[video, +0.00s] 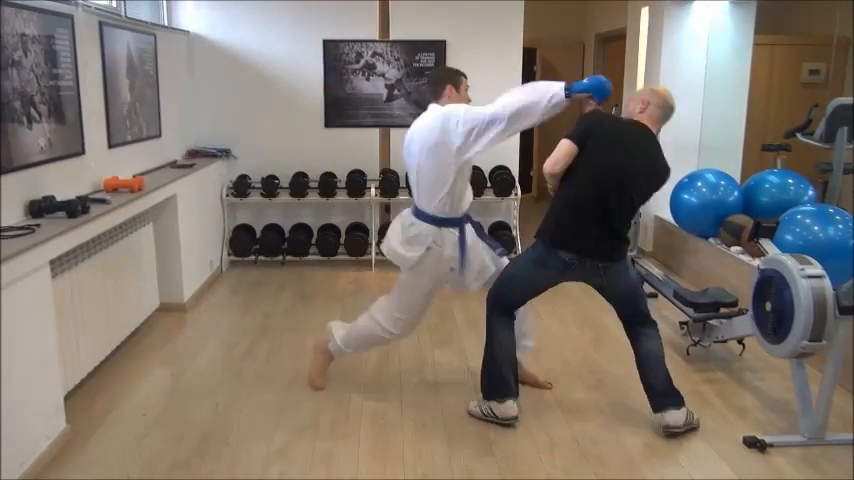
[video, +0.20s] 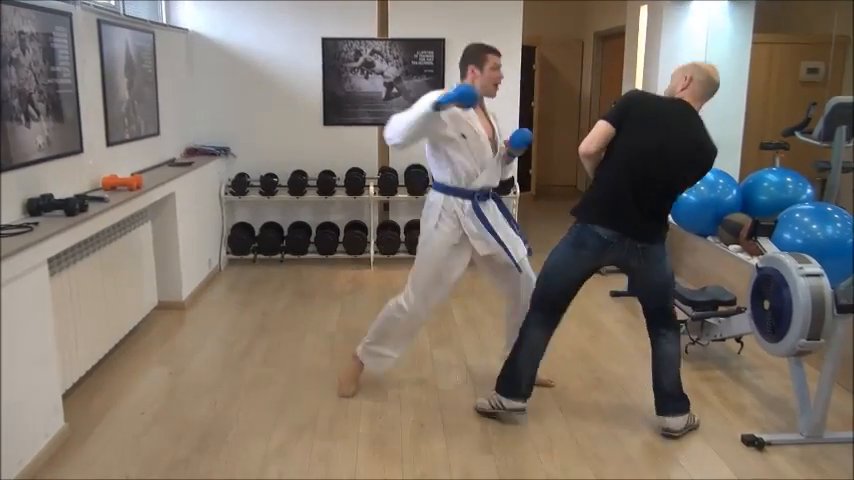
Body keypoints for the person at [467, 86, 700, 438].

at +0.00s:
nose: (625, 107)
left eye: (630, 102)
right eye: (630, 103)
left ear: (643, 105)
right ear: (662, 118)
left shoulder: (595, 121)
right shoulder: (660, 166)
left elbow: (552, 167)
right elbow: (625, 199)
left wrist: (556, 186)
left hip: (557, 248)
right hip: (609, 259)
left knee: (500, 303)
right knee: (641, 325)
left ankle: (501, 401)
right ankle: (671, 410)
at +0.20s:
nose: (670, 82)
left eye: (674, 77)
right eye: (675, 77)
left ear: (684, 81)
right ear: (706, 96)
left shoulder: (636, 101)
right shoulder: (706, 149)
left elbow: (588, 149)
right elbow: (673, 187)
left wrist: (604, 182)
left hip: (595, 228)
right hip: (648, 242)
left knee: (545, 308)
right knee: (663, 325)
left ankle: (510, 396)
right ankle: (674, 415)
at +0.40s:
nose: (658, 45)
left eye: (663, 36)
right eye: (661, 36)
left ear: (682, 41)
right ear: (699, 46)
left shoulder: (643, 81)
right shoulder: (725, 100)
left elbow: (601, 148)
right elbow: (694, 154)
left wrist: (605, 176)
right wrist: (636, 169)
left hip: (629, 209)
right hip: (680, 220)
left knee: (574, 284)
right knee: (686, 310)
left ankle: (575, 386)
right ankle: (704, 413)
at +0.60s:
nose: (644, 73)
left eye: (648, 66)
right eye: (645, 65)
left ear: (670, 69)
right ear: (689, 70)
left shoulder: (642, 116)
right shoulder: (720, 119)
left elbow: (626, 191)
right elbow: (684, 161)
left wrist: (604, 169)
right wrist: (648, 110)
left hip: (642, 243)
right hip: (694, 249)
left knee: (591, 312)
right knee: (704, 335)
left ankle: (608, 417)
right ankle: (721, 439)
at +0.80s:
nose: (610, 52)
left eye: (614, 43)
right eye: (612, 43)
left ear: (635, 43)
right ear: (658, 43)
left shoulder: (614, 87)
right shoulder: (695, 90)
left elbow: (580, 158)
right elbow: (663, 137)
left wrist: (566, 136)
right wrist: (617, 90)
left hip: (615, 219)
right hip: (666, 227)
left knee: (557, 300)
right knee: (672, 325)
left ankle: (548, 406)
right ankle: (685, 432)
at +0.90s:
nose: (588, 76)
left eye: (591, 68)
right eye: (589, 68)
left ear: (612, 69)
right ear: (637, 68)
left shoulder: (599, 118)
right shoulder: (678, 114)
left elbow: (558, 192)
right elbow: (649, 165)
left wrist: (547, 154)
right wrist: (602, 113)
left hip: (597, 244)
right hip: (650, 251)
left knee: (541, 326)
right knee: (649, 346)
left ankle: (521, 434)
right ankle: (650, 447)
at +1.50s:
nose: (565, 79)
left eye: (570, 71)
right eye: (567, 72)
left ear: (591, 74)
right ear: (600, 74)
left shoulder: (590, 115)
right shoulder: (626, 112)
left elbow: (570, 181)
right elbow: (607, 165)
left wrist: (534, 169)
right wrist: (571, 133)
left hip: (603, 235)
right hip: (635, 229)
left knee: (582, 332)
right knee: (618, 303)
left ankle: (578, 442)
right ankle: (643, 387)